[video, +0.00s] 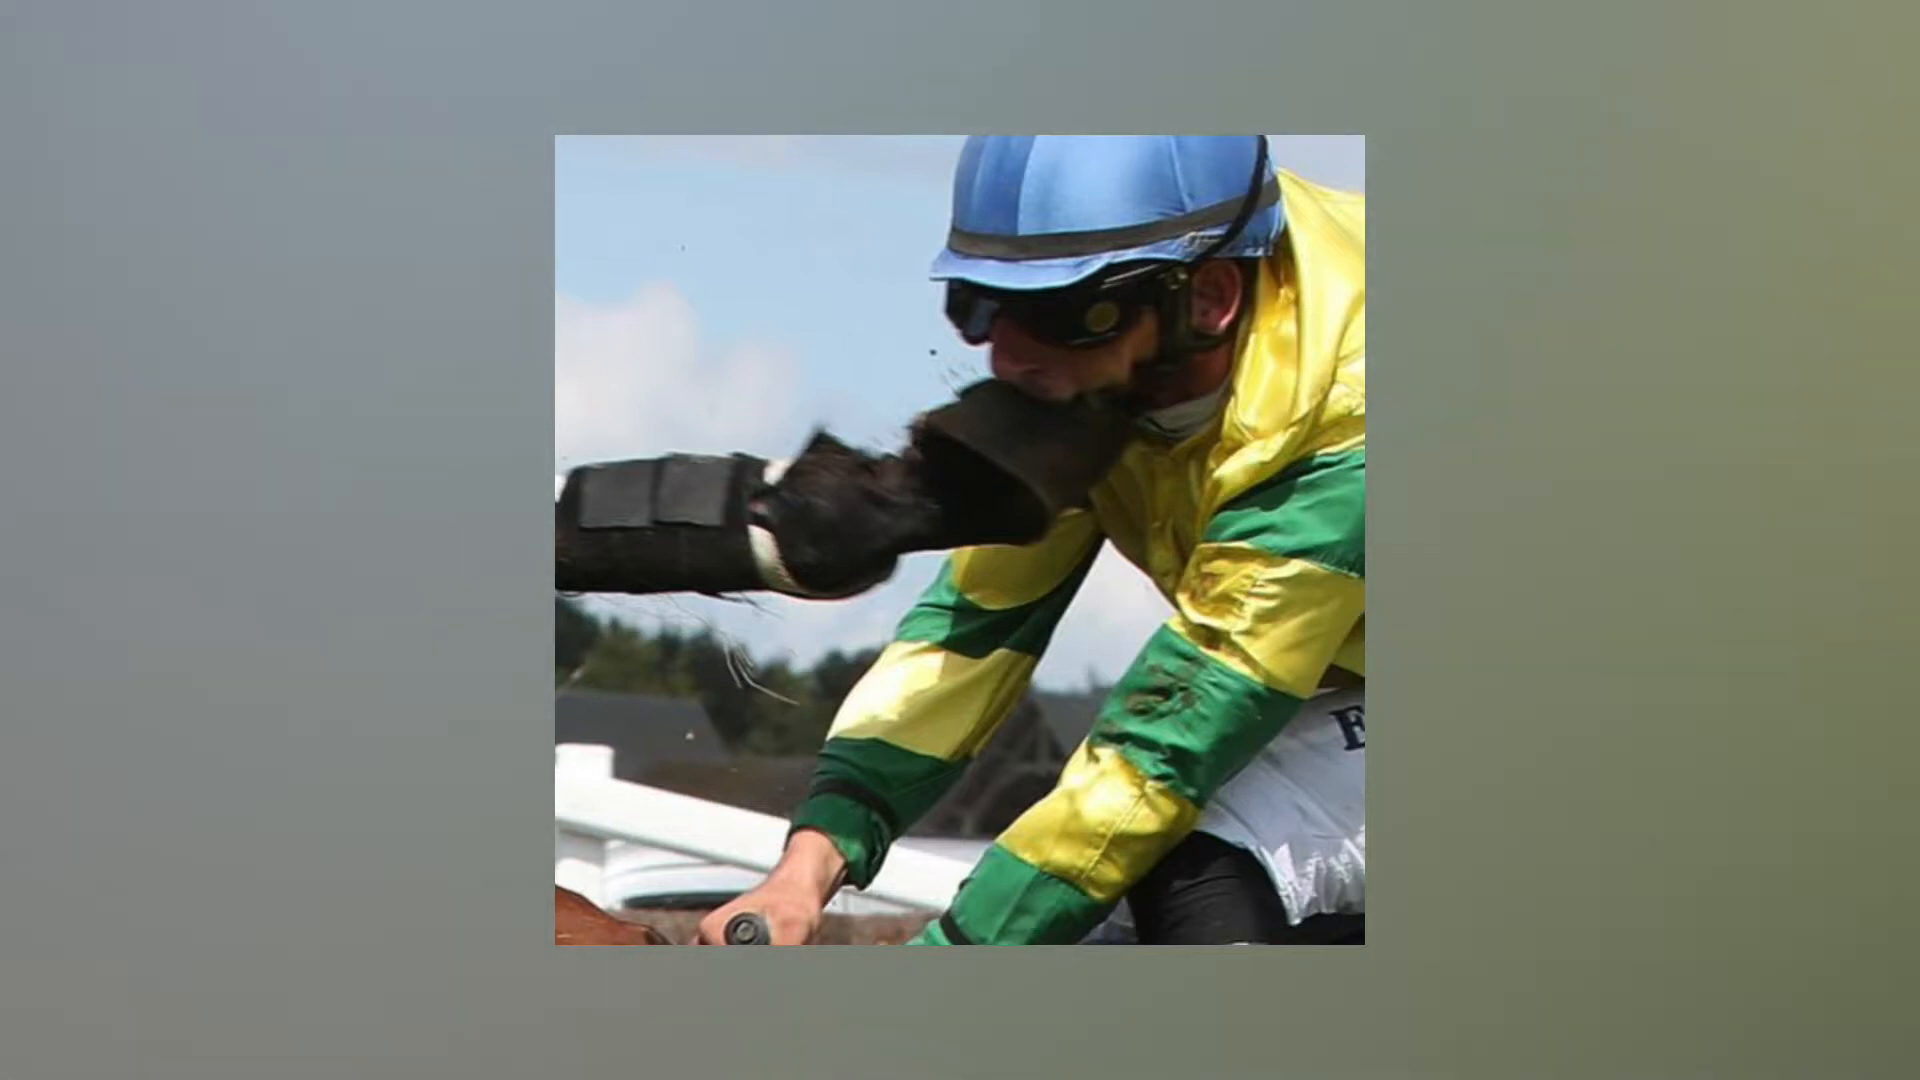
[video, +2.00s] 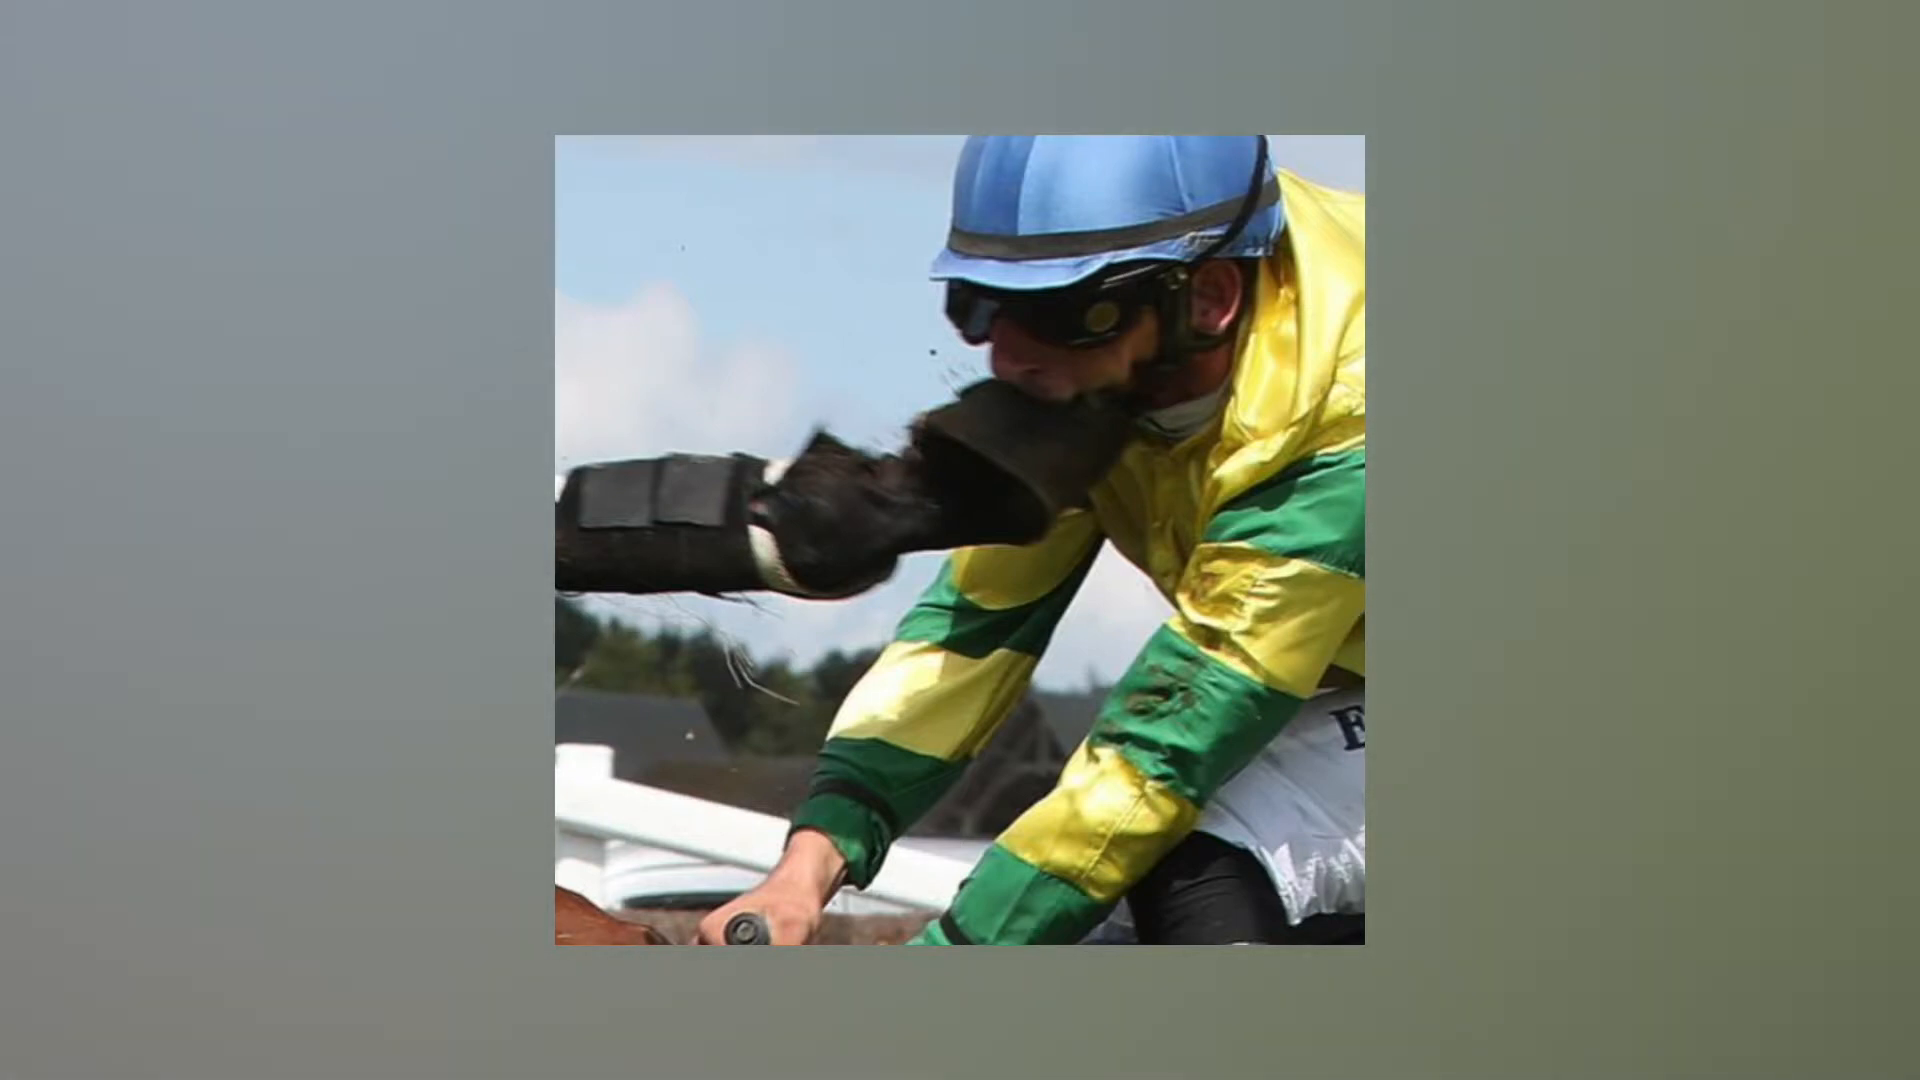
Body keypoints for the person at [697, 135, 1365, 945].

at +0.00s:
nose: (1005, 358)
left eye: (1055, 318)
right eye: (987, 309)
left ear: (1209, 299)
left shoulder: (1341, 429)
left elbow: (1159, 752)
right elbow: (969, 623)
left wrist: (932, 964)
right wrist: (804, 873)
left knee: (1204, 863)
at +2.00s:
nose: (1005, 359)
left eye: (1055, 319)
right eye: (988, 309)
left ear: (1209, 299)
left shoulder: (1341, 428)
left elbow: (1160, 752)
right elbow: (969, 623)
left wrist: (931, 967)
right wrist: (804, 872)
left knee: (1203, 861)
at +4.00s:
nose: (1005, 359)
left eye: (1056, 319)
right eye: (989, 309)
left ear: (1210, 298)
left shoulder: (1341, 429)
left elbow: (1161, 751)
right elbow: (969, 623)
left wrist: (934, 963)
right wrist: (804, 872)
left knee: (1204, 863)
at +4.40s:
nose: (1005, 359)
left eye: (1056, 319)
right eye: (989, 310)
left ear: (1210, 298)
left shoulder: (1341, 430)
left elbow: (1161, 751)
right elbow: (969, 623)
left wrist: (934, 962)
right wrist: (804, 872)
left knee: (1204, 864)